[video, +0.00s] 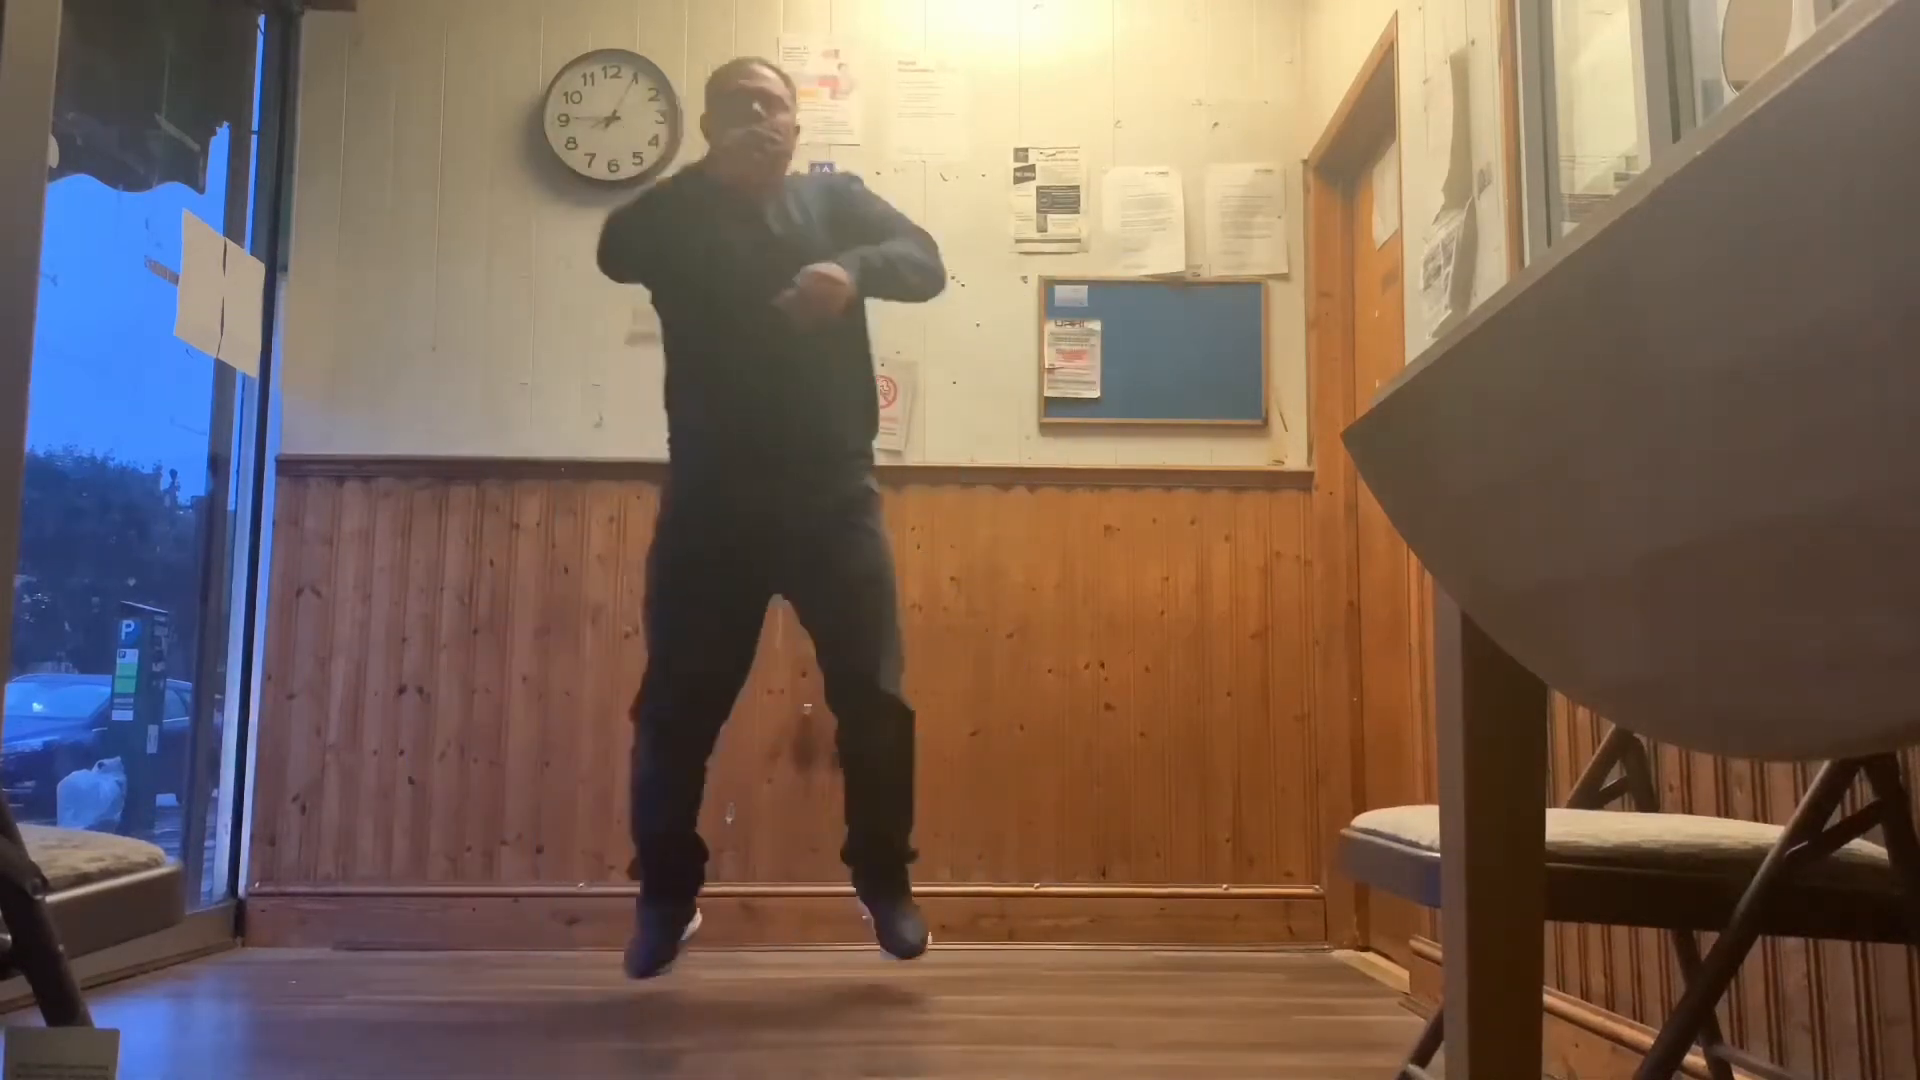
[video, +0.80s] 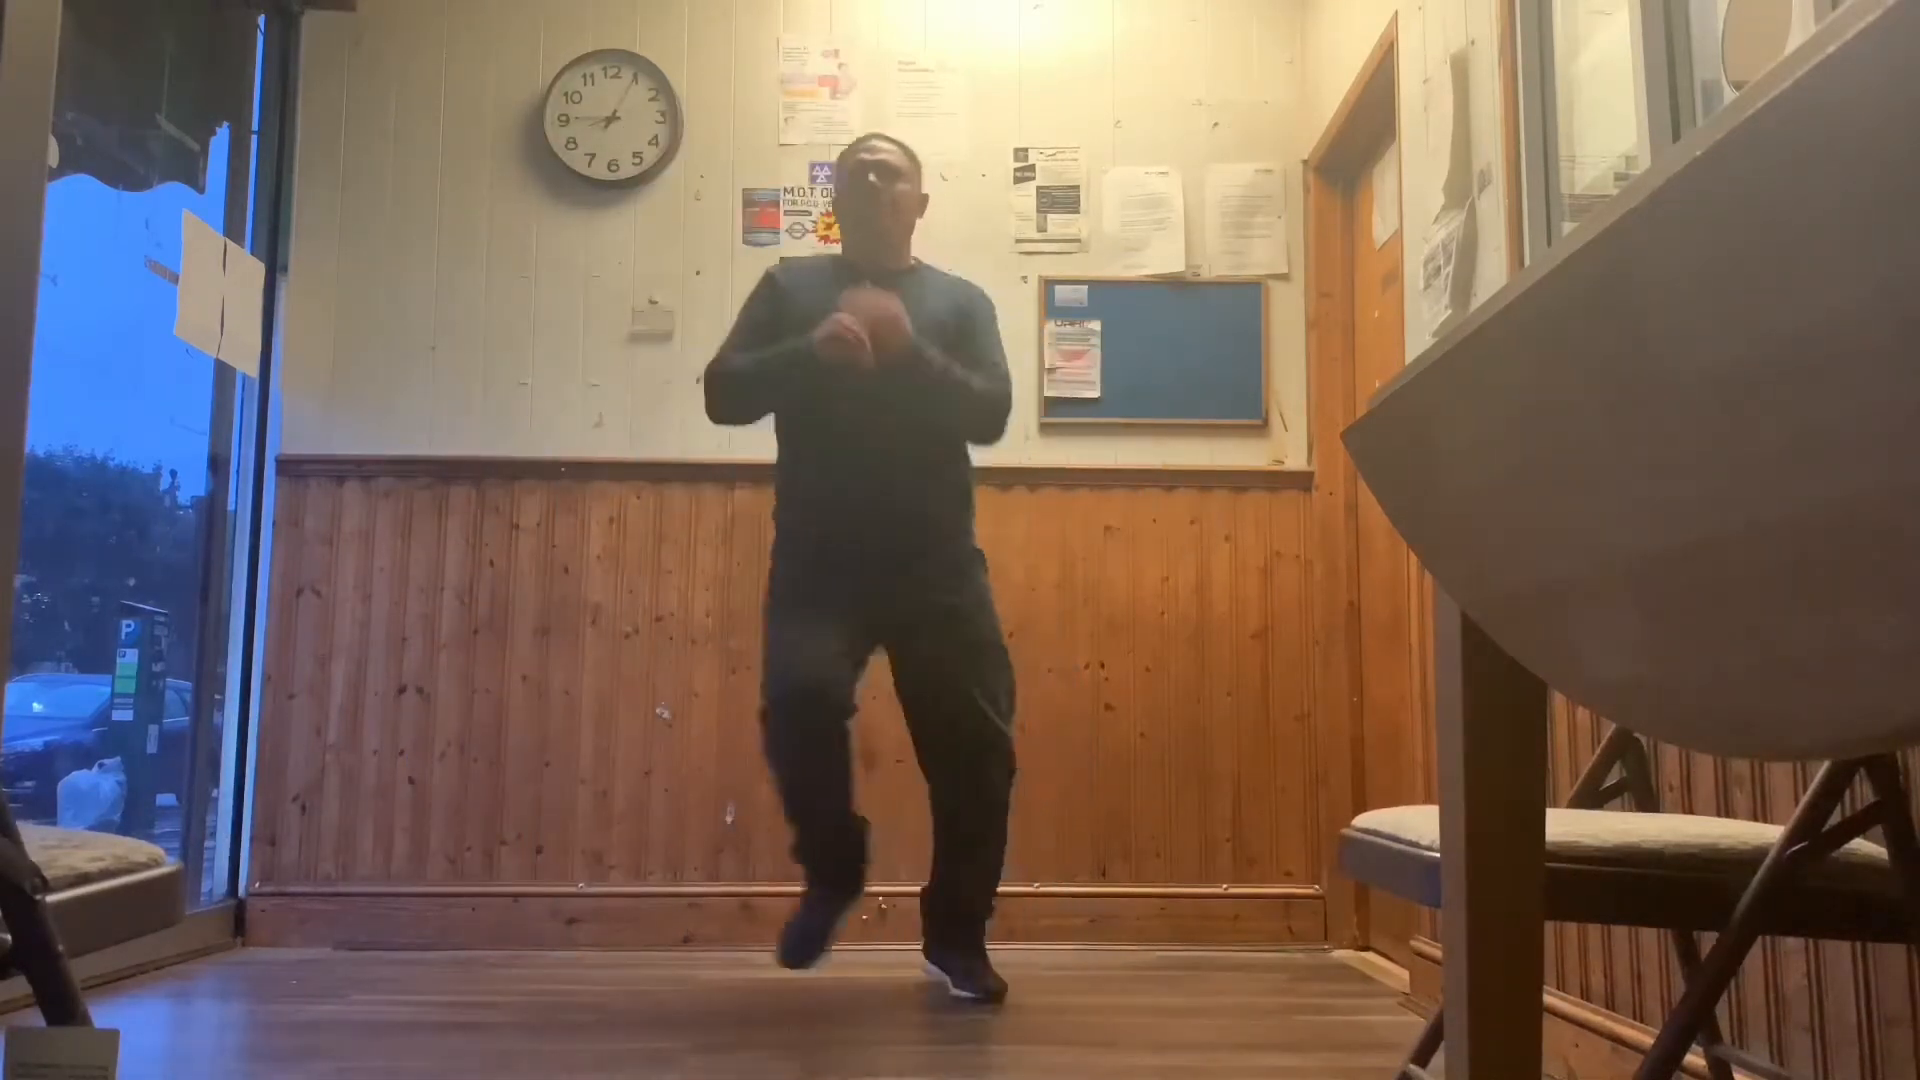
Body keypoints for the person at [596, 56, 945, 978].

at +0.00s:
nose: (763, 118)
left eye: (776, 105)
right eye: (743, 107)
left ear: (797, 124)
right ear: (708, 128)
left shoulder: (837, 199)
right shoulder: (680, 214)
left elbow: (927, 263)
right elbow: (616, 252)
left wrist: (852, 270)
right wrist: (705, 174)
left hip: (833, 499)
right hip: (713, 504)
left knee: (875, 694)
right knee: (676, 708)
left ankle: (885, 879)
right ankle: (665, 893)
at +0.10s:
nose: (802, 155)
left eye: (815, 141)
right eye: (783, 142)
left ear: (837, 161)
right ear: (747, 163)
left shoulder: (882, 250)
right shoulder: (717, 257)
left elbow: (965, 318)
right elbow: (665, 338)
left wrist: (936, 341)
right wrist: (746, 255)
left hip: (878, 545)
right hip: (766, 550)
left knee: (902, 744)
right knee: (743, 753)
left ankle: (896, 927)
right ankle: (700, 945)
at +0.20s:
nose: (846, 214)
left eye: (855, 199)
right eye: (827, 201)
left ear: (872, 210)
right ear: (786, 215)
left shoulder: (920, 308)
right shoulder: (747, 319)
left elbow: (981, 394)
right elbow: (676, 416)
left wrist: (1059, 430)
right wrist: (707, 387)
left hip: (922, 575)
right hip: (815, 579)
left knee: (932, 776)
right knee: (845, 754)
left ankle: (891, 944)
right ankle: (765, 921)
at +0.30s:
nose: (879, 235)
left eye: (887, 219)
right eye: (859, 221)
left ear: (900, 222)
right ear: (813, 228)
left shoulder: (945, 311)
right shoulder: (768, 331)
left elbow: (1042, 399)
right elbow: (678, 387)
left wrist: (1143, 467)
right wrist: (596, 433)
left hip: (956, 572)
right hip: (851, 577)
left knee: (983, 779)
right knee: (921, 720)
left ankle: (892, 922)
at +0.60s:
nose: (918, 199)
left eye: (933, 190)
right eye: (898, 187)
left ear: (953, 224)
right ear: (861, 217)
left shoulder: (990, 318)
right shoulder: (807, 329)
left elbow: (1073, 411)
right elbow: (718, 418)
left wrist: (1159, 492)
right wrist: (628, 491)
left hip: (982, 574)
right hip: (875, 583)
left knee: (1035, 771)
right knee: (960, 760)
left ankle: (962, 919)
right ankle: (1041, 966)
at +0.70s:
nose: (899, 200)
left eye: (915, 188)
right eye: (883, 189)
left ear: (945, 216)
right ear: (856, 218)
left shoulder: (986, 327)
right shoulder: (808, 323)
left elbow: (1028, 444)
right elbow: (751, 439)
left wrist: (1046, 520)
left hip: (957, 567)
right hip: (849, 572)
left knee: (991, 753)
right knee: (893, 717)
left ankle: (963, 941)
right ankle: (951, 938)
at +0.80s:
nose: (865, 178)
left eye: (885, 171)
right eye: (851, 169)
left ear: (920, 204)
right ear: (830, 201)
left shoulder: (959, 302)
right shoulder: (790, 287)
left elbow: (990, 415)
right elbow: (724, 393)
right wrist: (813, 352)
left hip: (934, 560)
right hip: (819, 557)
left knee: (976, 744)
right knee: (797, 712)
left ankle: (958, 940)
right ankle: (833, 871)